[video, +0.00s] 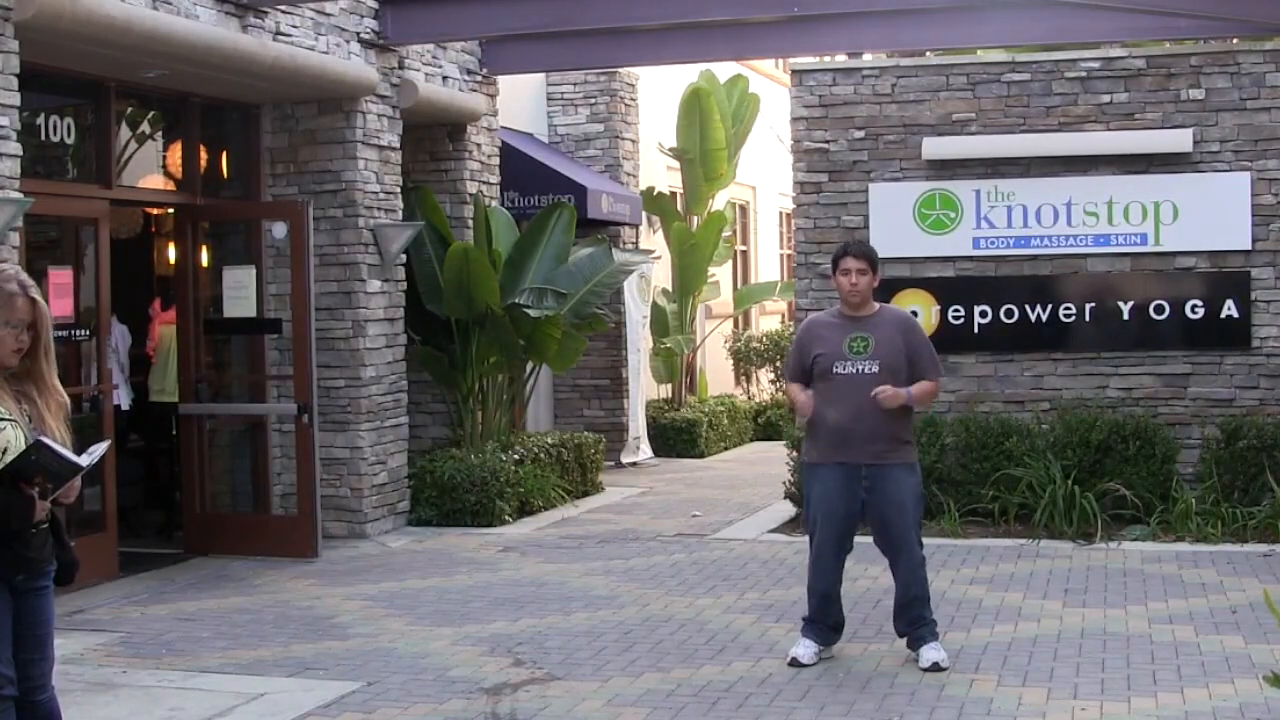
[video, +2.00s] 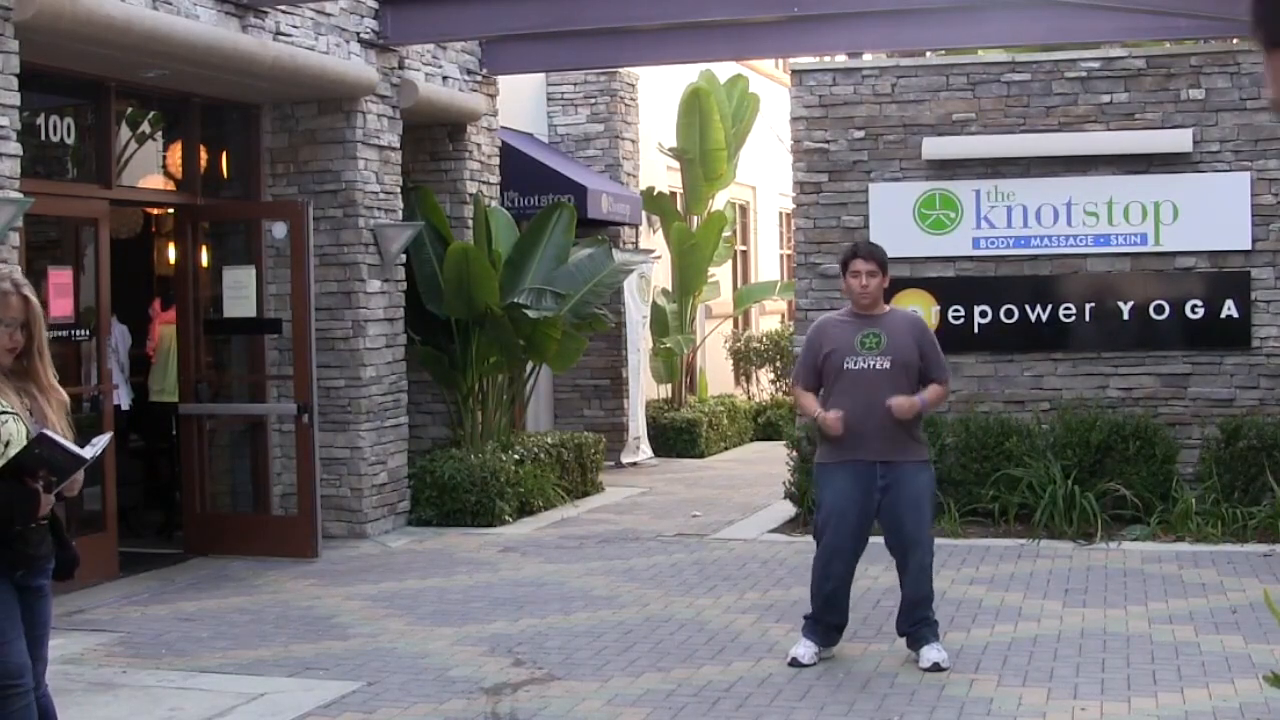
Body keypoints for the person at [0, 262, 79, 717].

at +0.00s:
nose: (21, 338)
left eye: (27, 327)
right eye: (10, 326)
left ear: (37, 332)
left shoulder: (42, 395)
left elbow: (60, 475)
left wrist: (67, 490)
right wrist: (23, 505)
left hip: (36, 564)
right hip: (2, 565)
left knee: (37, 690)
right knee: (5, 691)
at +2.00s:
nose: (12, 337)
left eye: (20, 326)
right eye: (4, 325)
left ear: (32, 329)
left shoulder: (46, 392)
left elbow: (66, 472)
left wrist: (70, 484)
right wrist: (30, 501)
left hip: (37, 553)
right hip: (3, 553)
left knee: (36, 682)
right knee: (17, 685)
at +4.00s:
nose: (18, 334)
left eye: (25, 324)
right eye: (8, 322)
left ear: (34, 328)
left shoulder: (43, 389)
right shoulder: (5, 389)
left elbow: (63, 464)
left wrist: (69, 482)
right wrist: (33, 493)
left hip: (41, 557)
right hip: (3, 556)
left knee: (39, 689)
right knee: (7, 690)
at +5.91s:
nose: (15, 337)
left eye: (23, 327)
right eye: (7, 325)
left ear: (34, 332)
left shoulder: (44, 395)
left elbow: (63, 473)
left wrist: (69, 487)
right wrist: (25, 501)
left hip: (36, 563)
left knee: (36, 691)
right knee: (13, 692)